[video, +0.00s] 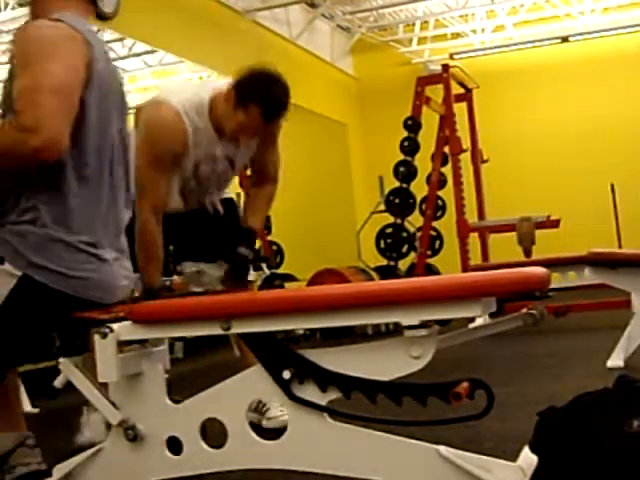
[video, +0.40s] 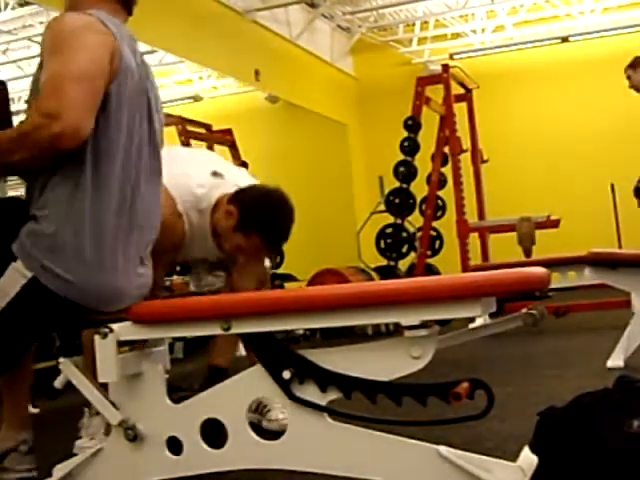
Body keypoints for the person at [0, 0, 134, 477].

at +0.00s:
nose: (25, 4)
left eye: (29, 2)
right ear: (91, 5)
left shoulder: (49, 35)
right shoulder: (98, 56)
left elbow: (42, 137)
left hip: (50, 270)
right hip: (96, 270)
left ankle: (13, 445)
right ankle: (13, 445)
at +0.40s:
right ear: (128, 6)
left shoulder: (81, 26)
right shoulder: (134, 55)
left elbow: (64, 126)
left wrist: (5, 151)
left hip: (64, 268)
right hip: (123, 273)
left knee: (10, 339)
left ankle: (14, 443)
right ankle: (13, 441)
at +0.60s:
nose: (33, 3)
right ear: (99, 12)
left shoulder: (45, 32)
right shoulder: (95, 63)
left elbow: (35, 108)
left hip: (47, 266)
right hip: (104, 268)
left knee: (5, 355)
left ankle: (7, 451)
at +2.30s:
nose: (45, 12)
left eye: (44, 8)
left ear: (50, 4)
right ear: (106, 6)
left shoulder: (40, 43)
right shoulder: (155, 70)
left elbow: (9, 147)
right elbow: (194, 176)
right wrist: (133, 156)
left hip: (40, 278)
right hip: (122, 284)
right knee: (33, 344)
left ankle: (13, 444)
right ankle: (13, 442)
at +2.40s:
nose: (41, 10)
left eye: (42, 7)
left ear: (47, 3)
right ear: (107, 5)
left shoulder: (41, 45)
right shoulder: (154, 71)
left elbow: (10, 149)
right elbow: (194, 175)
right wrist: (133, 157)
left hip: (40, 278)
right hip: (124, 284)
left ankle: (29, 429)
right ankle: (31, 427)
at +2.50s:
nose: (38, 10)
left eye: (40, 7)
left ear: (45, 3)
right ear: (105, 5)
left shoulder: (41, 46)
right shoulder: (154, 74)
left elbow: (11, 147)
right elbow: (194, 175)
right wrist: (130, 159)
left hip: (40, 283)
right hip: (125, 289)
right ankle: (37, 436)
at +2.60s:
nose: (35, 11)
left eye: (35, 8)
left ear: (42, 4)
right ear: (102, 4)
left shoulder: (44, 45)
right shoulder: (152, 71)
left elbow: (15, 143)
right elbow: (195, 176)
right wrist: (130, 161)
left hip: (41, 280)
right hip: (125, 287)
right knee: (61, 349)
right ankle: (35, 442)